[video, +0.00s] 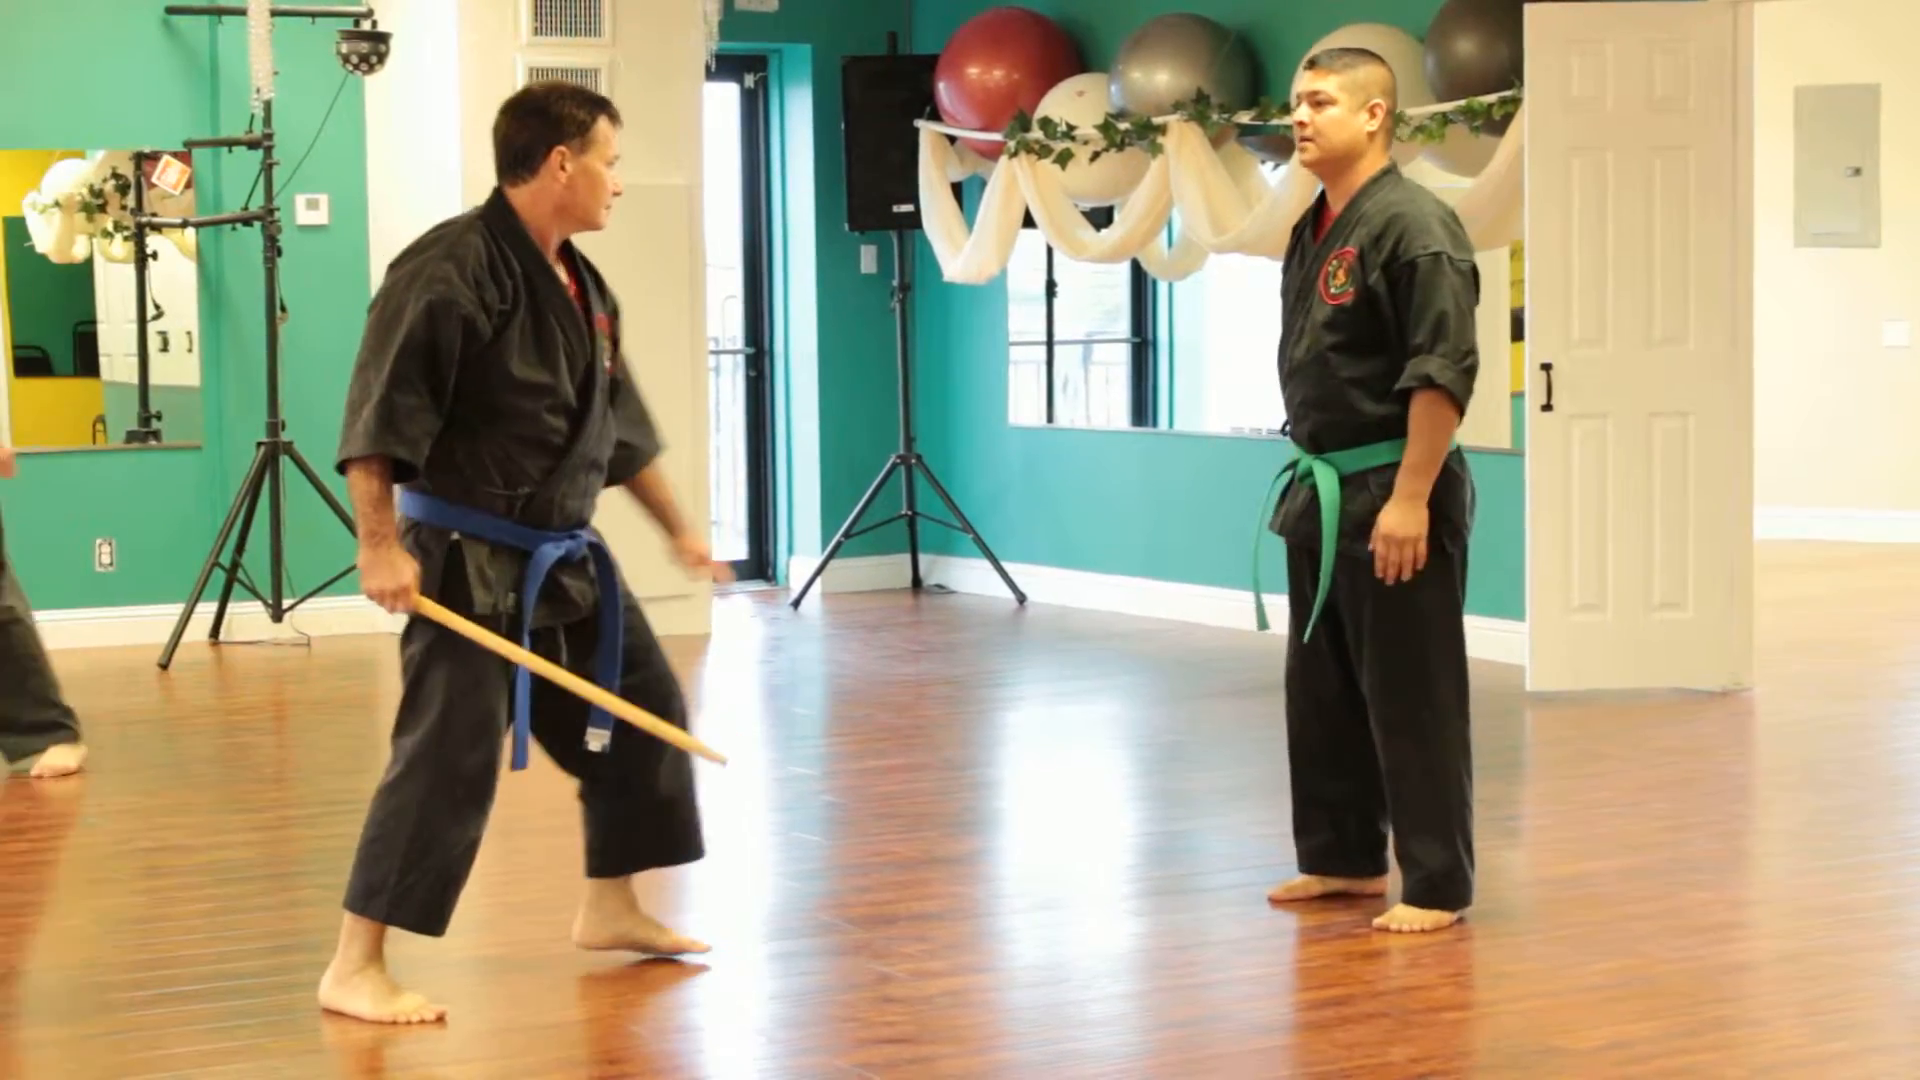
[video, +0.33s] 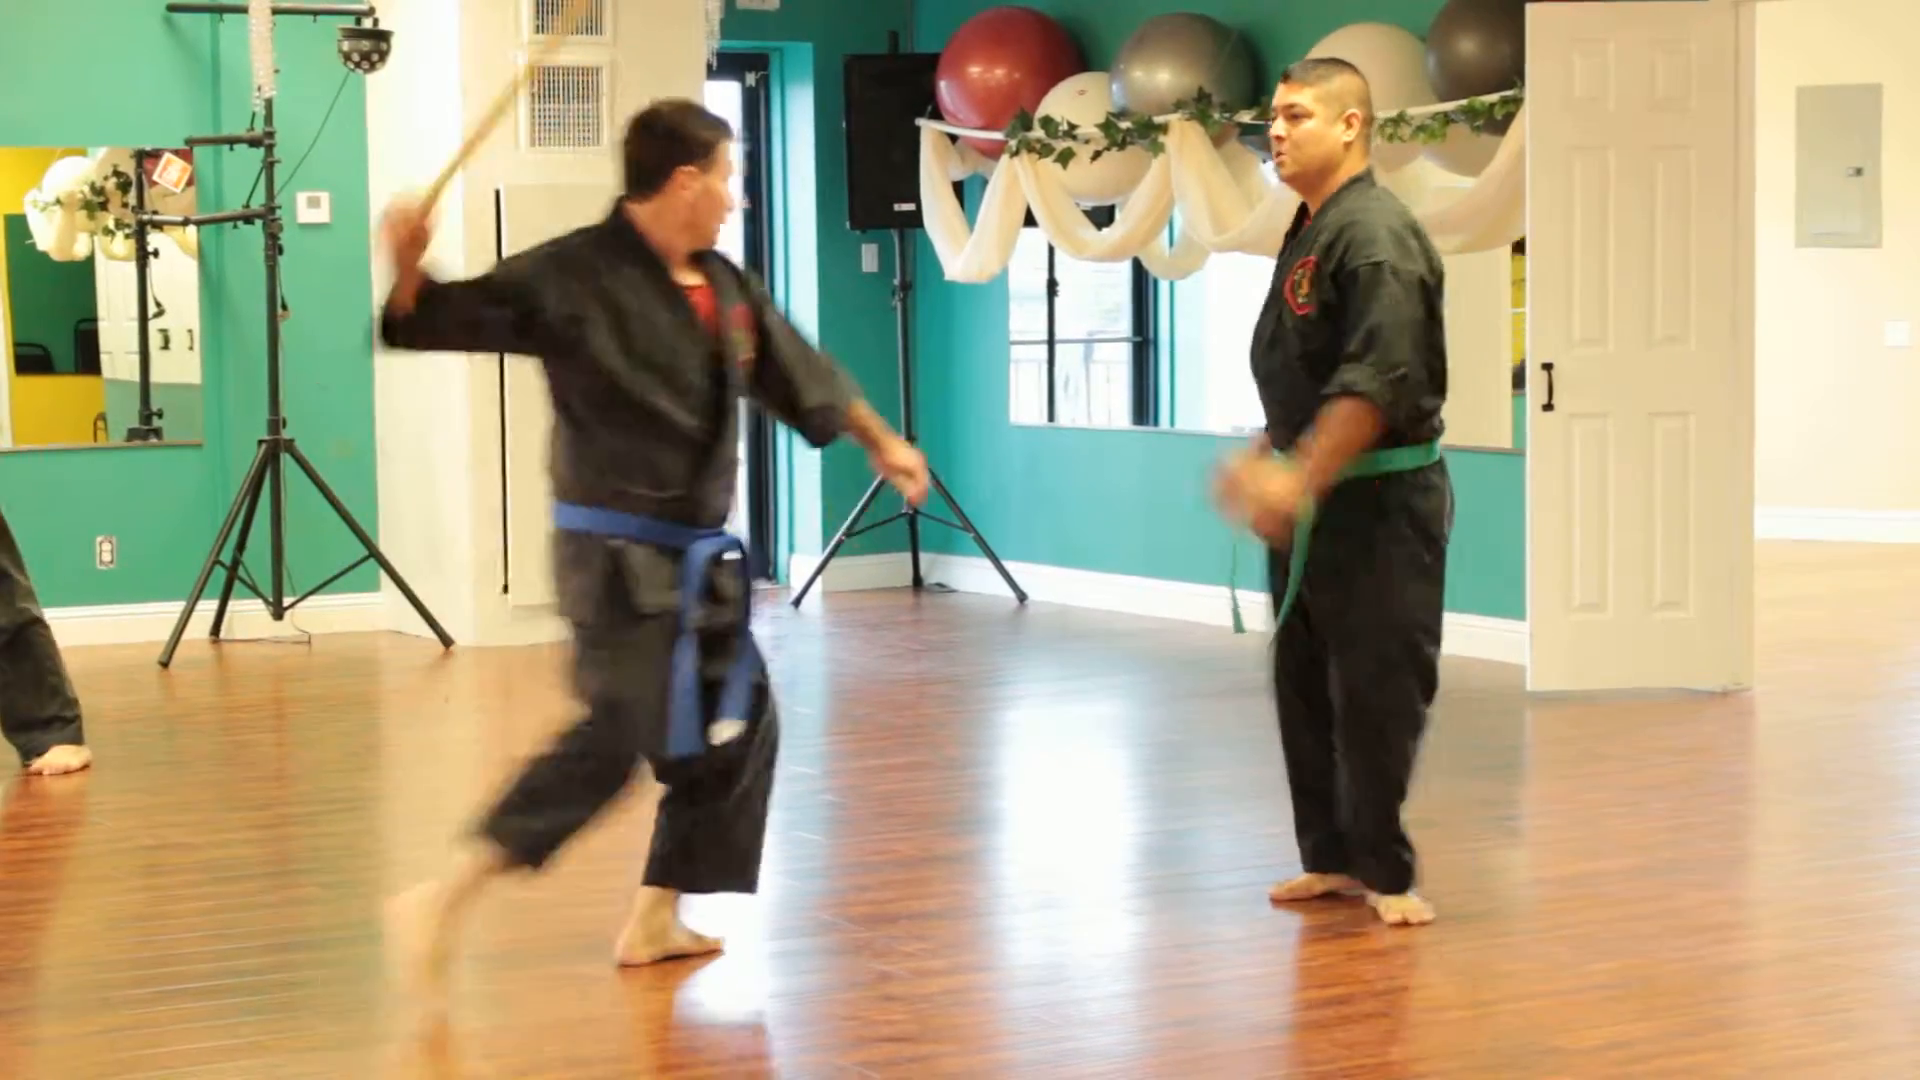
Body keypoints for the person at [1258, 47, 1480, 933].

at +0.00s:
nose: (1299, 118)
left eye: (1319, 102)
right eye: (1297, 104)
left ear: (1375, 116)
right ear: (1301, 121)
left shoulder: (1416, 222)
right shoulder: (1314, 225)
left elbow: (1443, 373)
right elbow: (1316, 360)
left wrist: (1412, 496)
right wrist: (1304, 470)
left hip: (1398, 479)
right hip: (1325, 479)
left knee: (1412, 691)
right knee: (1327, 684)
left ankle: (1437, 887)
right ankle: (1345, 861)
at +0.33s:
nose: (1276, 131)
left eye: (1295, 116)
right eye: (1274, 118)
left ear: (1352, 127)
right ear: (1291, 132)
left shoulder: (1377, 233)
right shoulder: (1313, 228)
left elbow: (1375, 385)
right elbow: (1312, 373)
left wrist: (1301, 477)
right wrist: (1268, 454)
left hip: (1385, 487)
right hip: (1318, 480)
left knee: (1375, 679)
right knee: (1307, 675)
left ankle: (1388, 873)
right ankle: (1336, 861)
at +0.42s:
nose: (1272, 144)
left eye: (1291, 129)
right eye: (1269, 131)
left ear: (1347, 140)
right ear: (1274, 145)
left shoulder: (1366, 239)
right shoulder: (1310, 241)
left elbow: (1335, 370)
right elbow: (1283, 369)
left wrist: (1220, 383)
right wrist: (1264, 387)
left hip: (1379, 497)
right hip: (1303, 494)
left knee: (1373, 688)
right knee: (1246, 658)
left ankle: (1384, 873)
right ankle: (1308, 824)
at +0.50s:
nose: (1268, 154)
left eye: (1286, 139)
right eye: (1264, 140)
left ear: (1340, 150)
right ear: (1269, 153)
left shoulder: (1359, 253)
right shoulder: (1309, 244)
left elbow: (1255, 349)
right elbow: (1282, 296)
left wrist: (1170, 291)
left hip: (1371, 505)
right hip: (1291, 500)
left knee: (1366, 684)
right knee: (1199, 642)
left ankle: (1383, 878)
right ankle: (1226, 812)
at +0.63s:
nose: (1248, 163)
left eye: (1265, 146)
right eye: (1241, 150)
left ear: (1321, 153)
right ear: (1243, 164)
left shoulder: (1337, 247)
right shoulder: (1267, 246)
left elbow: (1232, 291)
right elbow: (1201, 280)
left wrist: (1146, 230)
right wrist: (1168, 204)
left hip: (1343, 513)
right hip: (1257, 510)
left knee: (1338, 691)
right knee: (1159, 663)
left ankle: (1382, 884)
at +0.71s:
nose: (1194, 169)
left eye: (1210, 154)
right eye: (1188, 156)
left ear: (1265, 162)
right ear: (1185, 167)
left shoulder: (1293, 246)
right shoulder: (1191, 261)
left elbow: (1219, 245)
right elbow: (1128, 295)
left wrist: (1116, 212)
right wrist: (1079, 205)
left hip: (1284, 513)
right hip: (1189, 510)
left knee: (1299, 694)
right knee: (1096, 676)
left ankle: (1348, 884)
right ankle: (1016, 826)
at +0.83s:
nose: (1133, 163)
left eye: (1154, 146)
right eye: (1125, 149)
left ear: (1198, 158)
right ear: (1112, 162)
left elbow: (1305, 199)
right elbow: (999, 282)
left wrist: (1201, 167)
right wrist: (959, 194)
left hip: (1228, 516)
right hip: (1121, 515)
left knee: (1270, 694)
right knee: (1041, 672)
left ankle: (1353, 880)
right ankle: (953, 831)